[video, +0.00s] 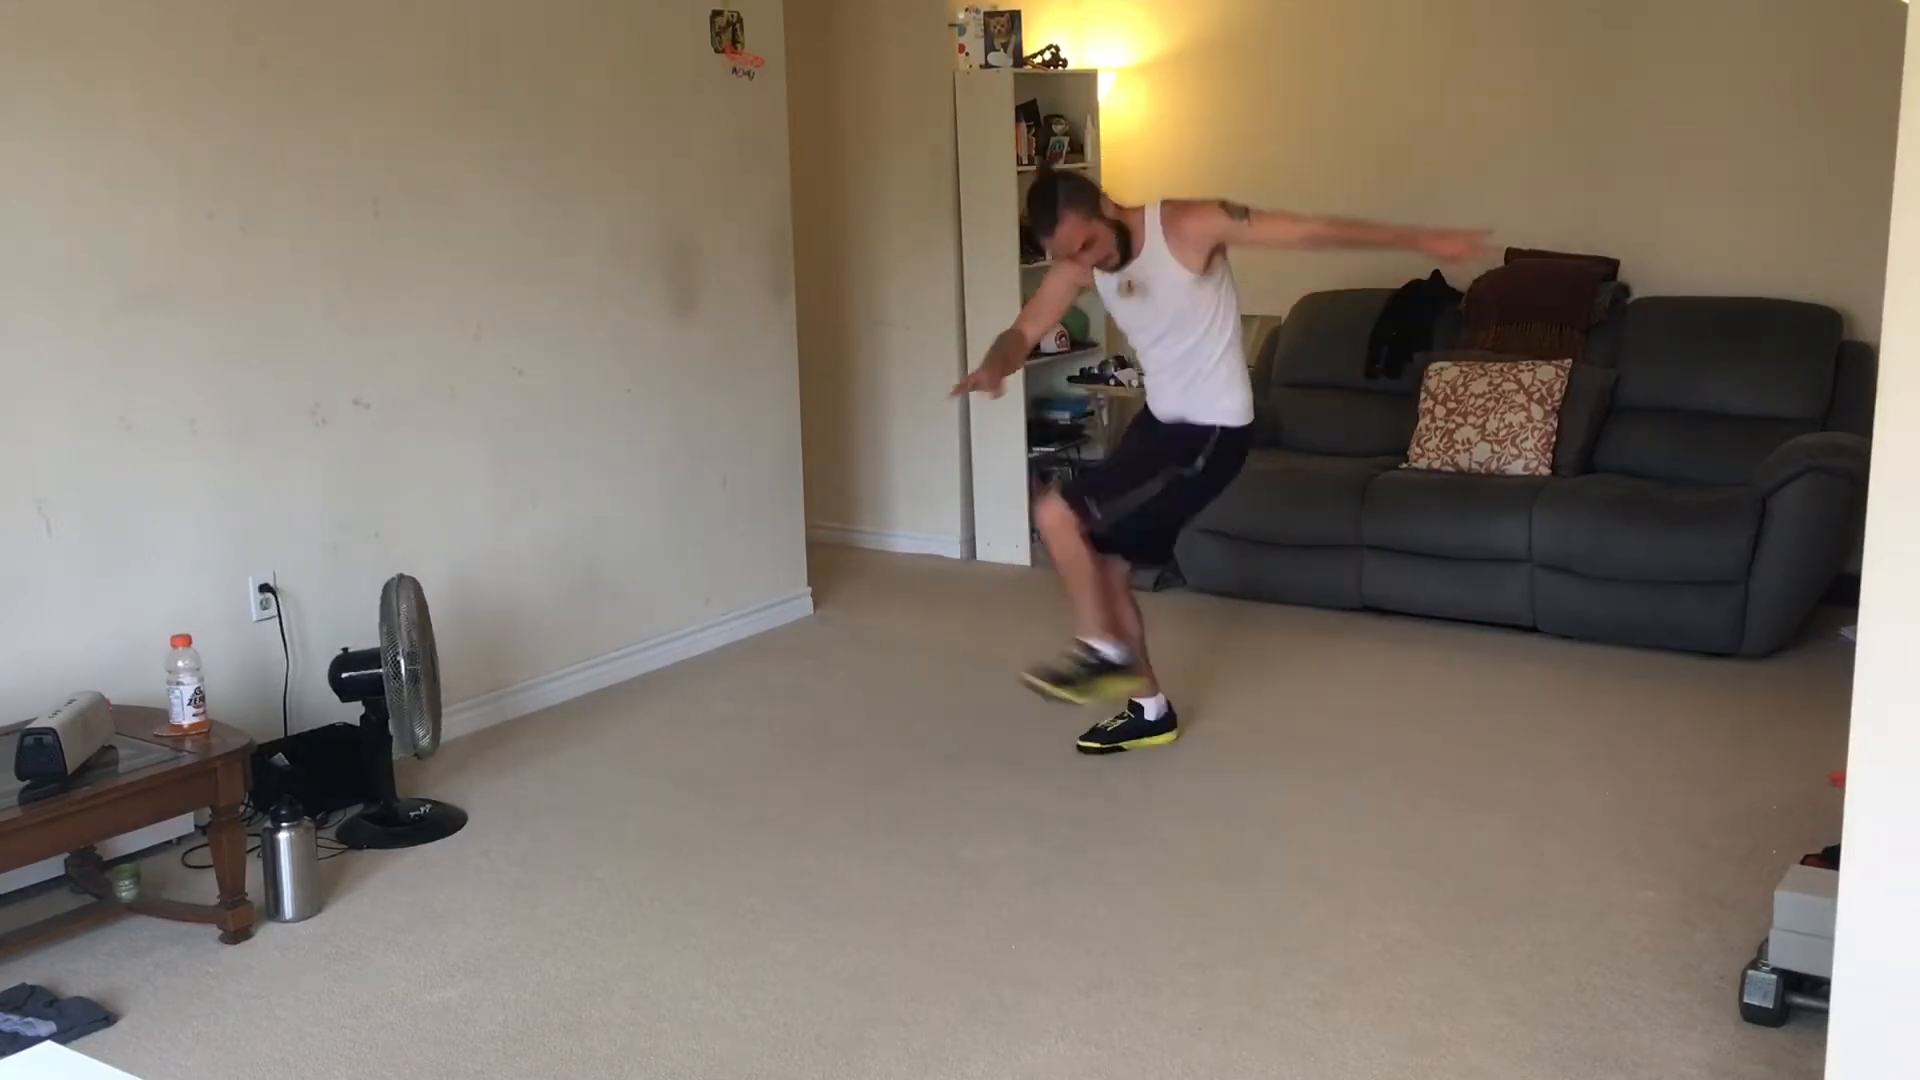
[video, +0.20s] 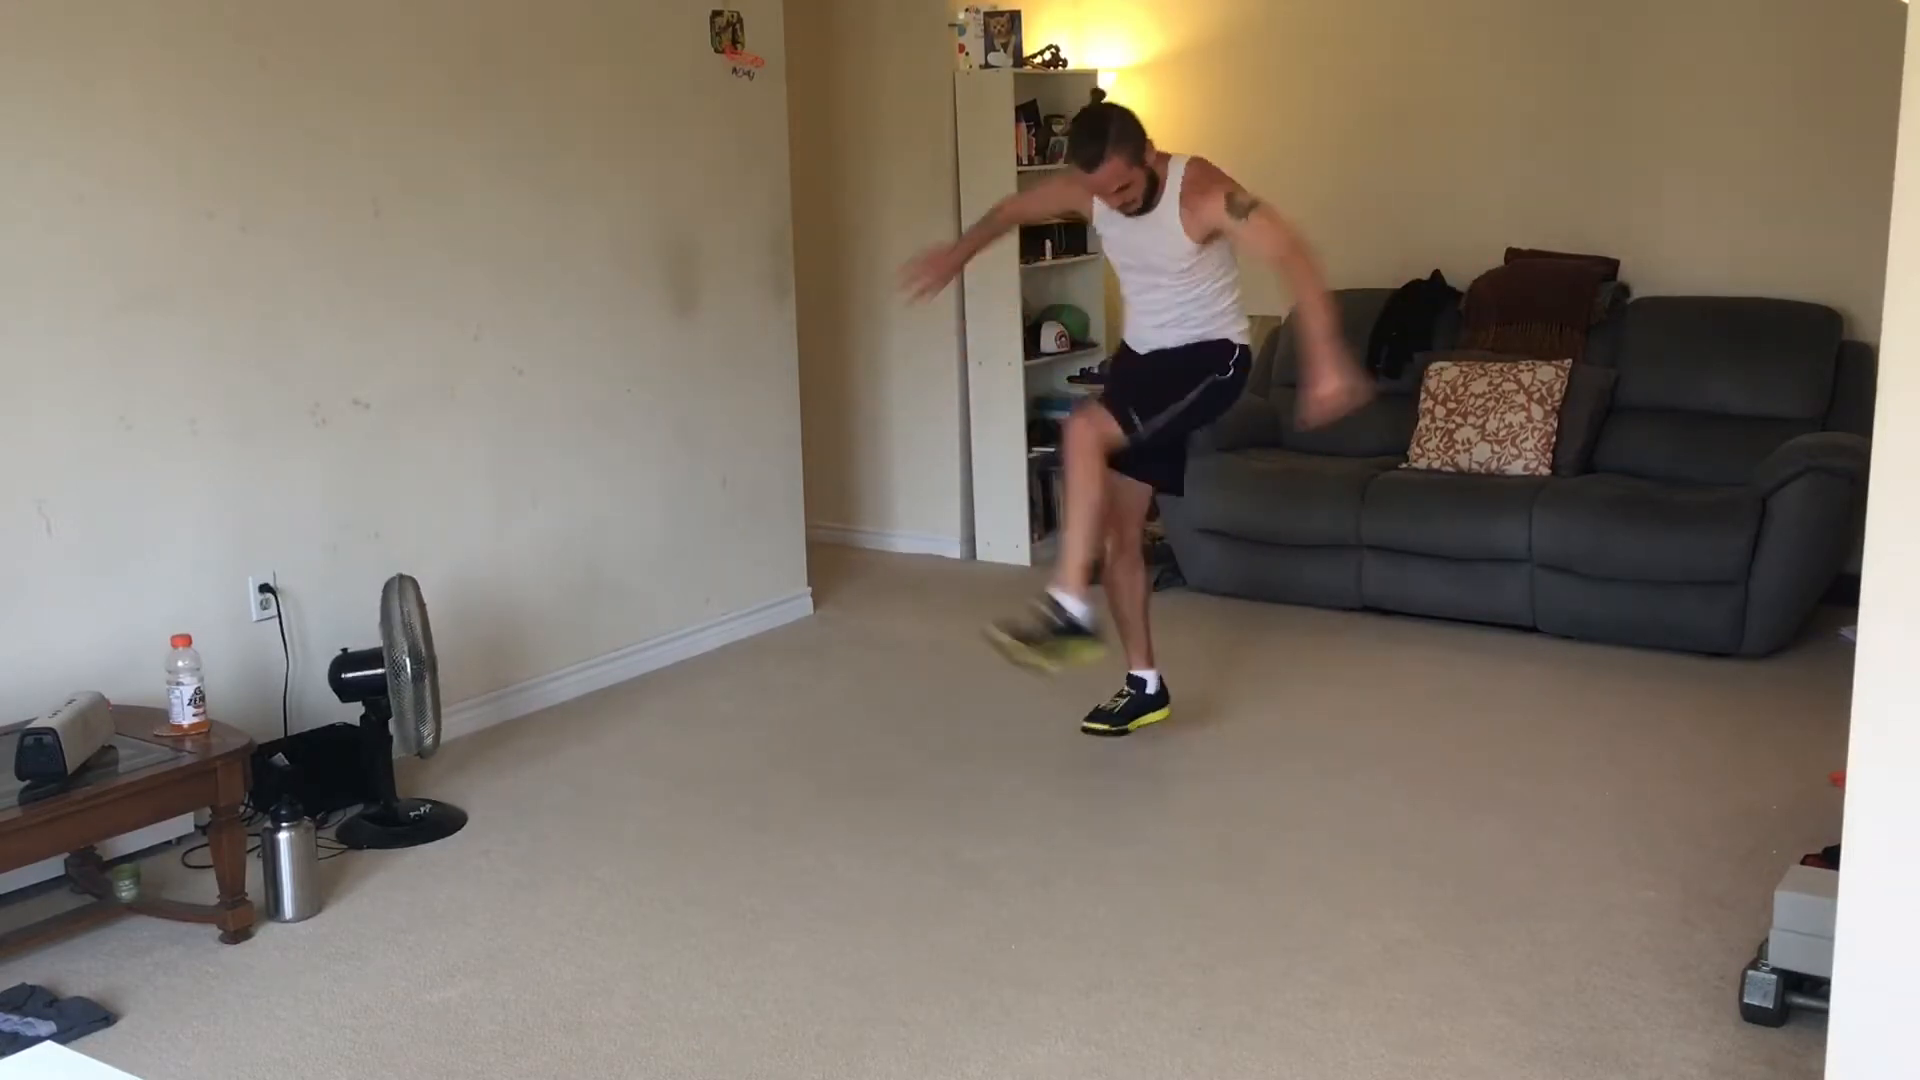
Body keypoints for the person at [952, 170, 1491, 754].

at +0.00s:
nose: (1088, 263)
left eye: (1088, 246)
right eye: (1073, 257)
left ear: (1107, 209)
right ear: (1060, 245)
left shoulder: (1188, 225)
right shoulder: (1081, 263)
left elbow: (1311, 232)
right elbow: (1026, 331)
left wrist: (1425, 241)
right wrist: (992, 369)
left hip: (1215, 427)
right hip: (1160, 422)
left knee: (1060, 512)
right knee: (1102, 561)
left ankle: (1101, 649)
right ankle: (1149, 705)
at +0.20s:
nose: (1114, 202)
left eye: (1122, 187)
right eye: (1100, 193)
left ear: (1147, 154)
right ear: (1086, 176)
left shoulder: (1204, 191)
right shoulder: (1086, 191)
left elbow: (1294, 253)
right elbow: (1009, 211)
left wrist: (1324, 358)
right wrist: (955, 254)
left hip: (1211, 354)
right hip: (1143, 358)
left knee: (1086, 429)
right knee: (1120, 523)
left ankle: (1072, 605)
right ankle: (1145, 682)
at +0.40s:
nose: (1147, 194)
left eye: (1162, 182)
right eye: (1139, 178)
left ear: (1197, 169)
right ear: (1129, 164)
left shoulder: (1222, 235)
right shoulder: (1126, 206)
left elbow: (1167, 322)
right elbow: (1135, 299)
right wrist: (1076, 317)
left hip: (1175, 440)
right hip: (1100, 424)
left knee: (1161, 609)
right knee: (1075, 585)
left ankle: (1199, 739)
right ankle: (1090, 733)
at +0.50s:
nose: (1118, 165)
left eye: (1134, 153)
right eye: (1110, 150)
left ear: (1171, 140)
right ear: (1104, 137)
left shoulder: (1201, 204)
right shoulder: (1117, 191)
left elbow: (1148, 288)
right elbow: (1133, 303)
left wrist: (1044, 241)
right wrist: (1093, 358)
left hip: (1171, 412)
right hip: (1104, 396)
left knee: (1160, 582)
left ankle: (1197, 730)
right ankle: (1060, 647)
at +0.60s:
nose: (1083, 160)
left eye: (1097, 146)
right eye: (1074, 145)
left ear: (1134, 129)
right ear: (1068, 130)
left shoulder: (1174, 184)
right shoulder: (1087, 180)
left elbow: (1178, 294)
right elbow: (1092, 270)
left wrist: (1070, 264)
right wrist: (1057, 335)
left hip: (1162, 385)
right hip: (1095, 367)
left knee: (1140, 568)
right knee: (958, 332)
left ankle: (1188, 710)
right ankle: (1057, 456)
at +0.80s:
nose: (1050, 193)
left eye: (1060, 178)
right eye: (1042, 179)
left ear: (1101, 160)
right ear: (1041, 167)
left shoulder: (1155, 226)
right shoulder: (1065, 223)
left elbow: (1236, 324)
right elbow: (1056, 308)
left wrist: (1195, 426)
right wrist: (1010, 394)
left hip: (1127, 429)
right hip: (1062, 412)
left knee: (1083, 600)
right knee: (919, 435)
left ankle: (1126, 762)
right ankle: (934, 600)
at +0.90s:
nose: (1036, 175)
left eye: (1046, 159)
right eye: (1028, 162)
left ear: (1087, 141)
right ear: (1026, 152)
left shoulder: (1140, 206)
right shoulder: (1051, 210)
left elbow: (1227, 301)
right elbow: (1054, 297)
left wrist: (1203, 406)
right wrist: (1013, 379)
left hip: (1119, 419)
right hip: (1055, 413)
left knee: (1069, 590)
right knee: (970, 562)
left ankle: (1117, 749)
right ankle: (1035, 708)